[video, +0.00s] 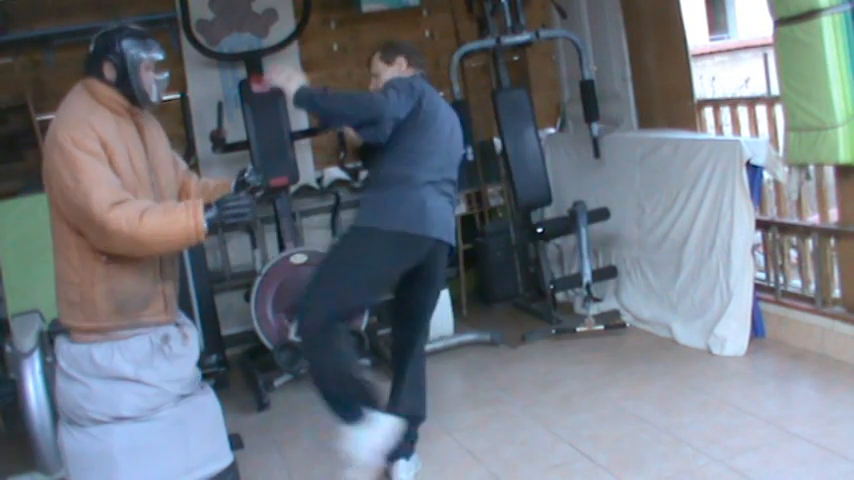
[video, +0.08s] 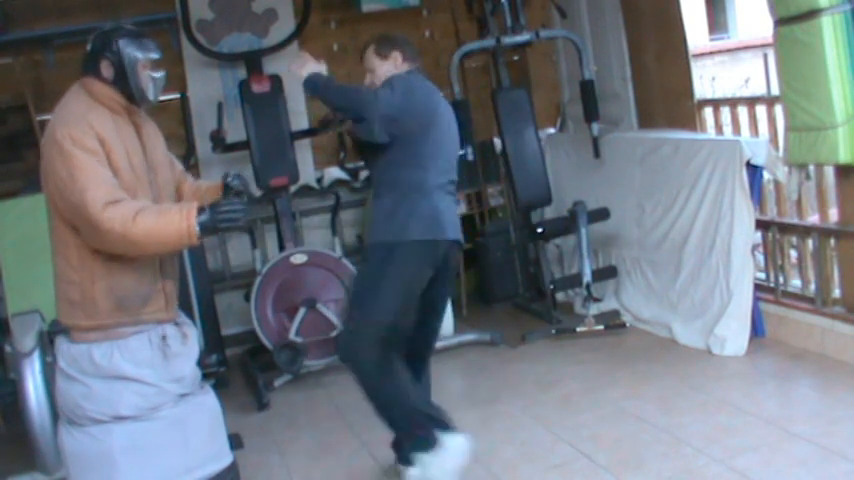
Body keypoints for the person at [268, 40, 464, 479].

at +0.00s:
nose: (376, 84)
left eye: (378, 74)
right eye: (373, 77)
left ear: (402, 64)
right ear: (411, 66)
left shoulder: (408, 86)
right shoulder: (449, 116)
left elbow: (379, 112)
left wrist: (301, 92)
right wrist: (362, 138)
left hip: (393, 225)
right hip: (437, 235)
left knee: (316, 313)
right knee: (410, 340)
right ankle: (403, 451)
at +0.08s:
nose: (368, 81)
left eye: (371, 71)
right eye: (366, 74)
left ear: (396, 60)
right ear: (404, 62)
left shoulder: (405, 90)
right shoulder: (434, 99)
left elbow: (368, 106)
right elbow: (382, 151)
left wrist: (316, 80)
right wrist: (352, 120)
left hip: (407, 235)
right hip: (440, 237)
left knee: (359, 341)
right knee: (411, 349)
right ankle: (414, 452)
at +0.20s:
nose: (361, 77)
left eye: (364, 68)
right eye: (359, 70)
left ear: (388, 58)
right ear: (390, 60)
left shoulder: (411, 90)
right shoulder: (407, 95)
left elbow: (370, 131)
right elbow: (378, 154)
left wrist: (316, 89)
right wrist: (359, 105)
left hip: (440, 246)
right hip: (423, 249)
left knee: (439, 358)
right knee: (419, 356)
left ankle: (507, 463)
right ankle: (420, 453)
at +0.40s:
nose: (360, 88)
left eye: (362, 77)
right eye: (357, 80)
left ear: (388, 63)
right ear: (385, 67)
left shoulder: (429, 91)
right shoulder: (407, 101)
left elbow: (422, 158)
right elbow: (409, 172)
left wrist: (359, 119)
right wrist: (364, 125)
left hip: (478, 247)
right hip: (454, 250)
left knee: (483, 353)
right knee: (460, 344)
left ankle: (518, 463)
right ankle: (479, 414)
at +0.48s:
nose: (374, 90)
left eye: (376, 79)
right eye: (370, 83)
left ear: (405, 65)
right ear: (397, 70)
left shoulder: (449, 95)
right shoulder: (417, 108)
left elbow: (440, 160)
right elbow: (407, 176)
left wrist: (371, 119)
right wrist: (370, 130)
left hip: (485, 244)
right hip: (462, 247)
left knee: (459, 350)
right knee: (481, 338)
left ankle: (504, 463)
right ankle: (527, 402)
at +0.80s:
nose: (427, 82)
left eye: (430, 72)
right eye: (423, 75)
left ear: (458, 60)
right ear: (453, 63)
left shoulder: (486, 93)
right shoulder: (476, 94)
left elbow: (492, 152)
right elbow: (479, 160)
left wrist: (428, 121)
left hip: (507, 237)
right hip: (513, 230)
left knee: (485, 338)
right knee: (524, 319)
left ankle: (504, 452)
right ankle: (575, 394)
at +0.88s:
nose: (433, 76)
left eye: (436, 66)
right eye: (429, 68)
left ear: (462, 53)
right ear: (458, 56)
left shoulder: (488, 82)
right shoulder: (486, 81)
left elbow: (487, 139)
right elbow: (490, 148)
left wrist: (428, 107)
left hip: (515, 222)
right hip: (525, 217)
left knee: (482, 320)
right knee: (529, 308)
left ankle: (531, 422)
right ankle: (574, 384)